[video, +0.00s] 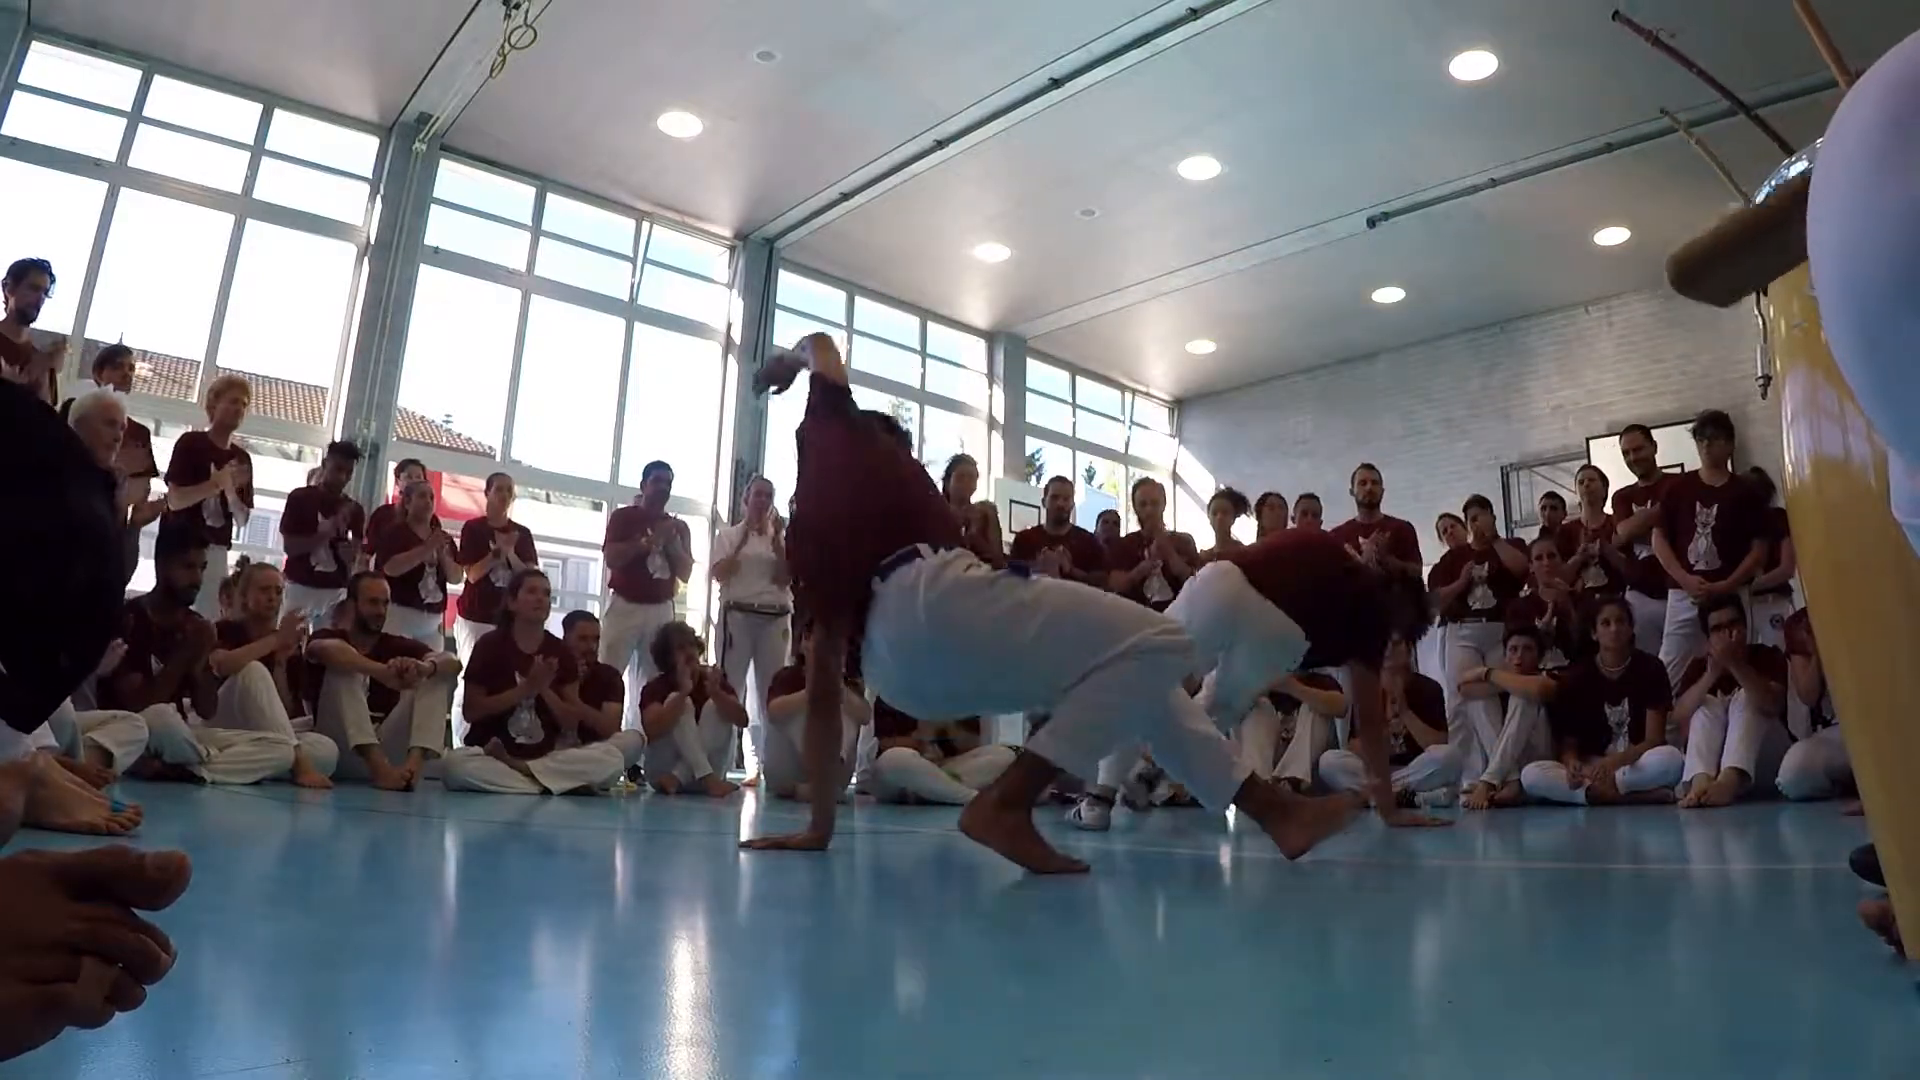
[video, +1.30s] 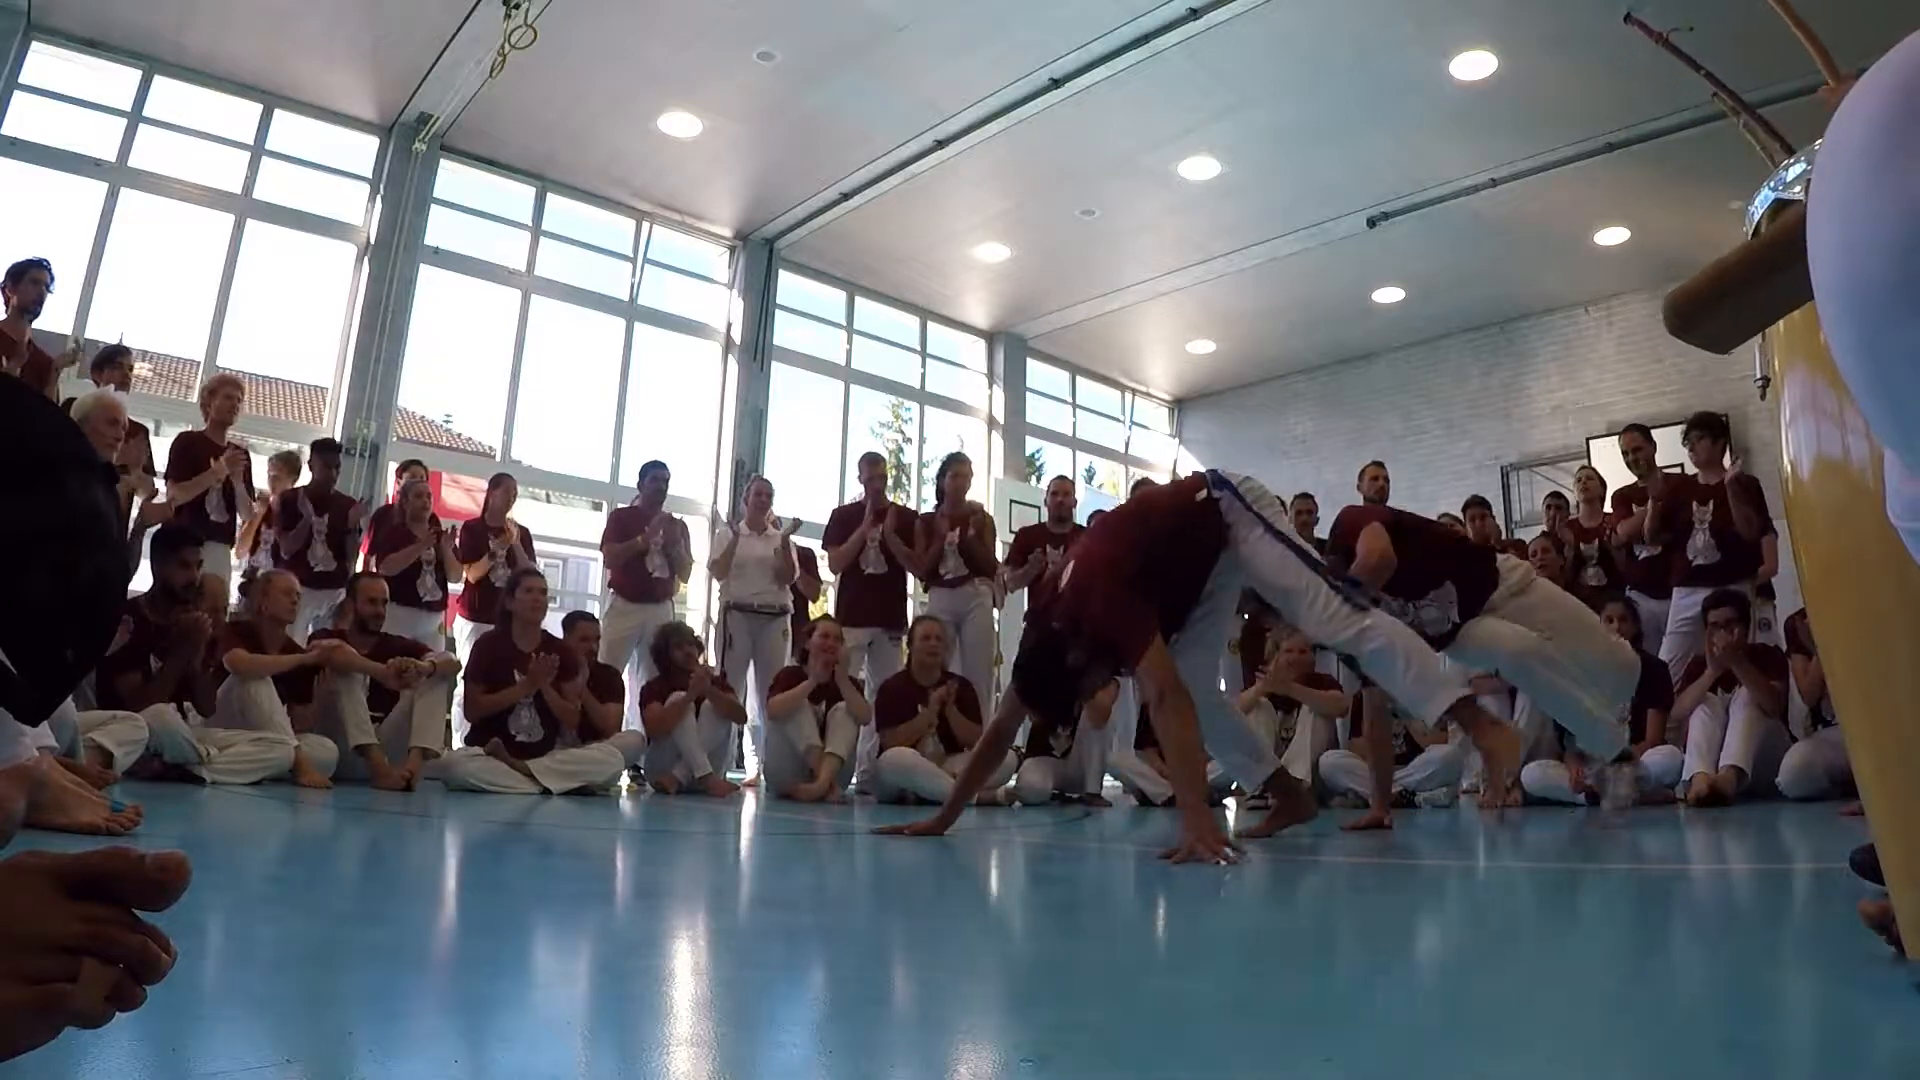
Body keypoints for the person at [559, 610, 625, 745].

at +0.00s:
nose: (591, 646)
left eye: (596, 639)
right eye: (583, 639)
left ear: (600, 640)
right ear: (565, 640)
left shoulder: (610, 675)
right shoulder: (550, 671)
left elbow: (610, 728)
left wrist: (574, 702)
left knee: (633, 738)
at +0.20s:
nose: (591, 646)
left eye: (596, 639)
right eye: (583, 639)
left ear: (600, 640)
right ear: (565, 640)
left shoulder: (609, 675)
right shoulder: (550, 673)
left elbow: (610, 729)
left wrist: (578, 690)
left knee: (634, 738)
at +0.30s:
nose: (592, 646)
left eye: (596, 639)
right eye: (583, 639)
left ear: (600, 640)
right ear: (565, 640)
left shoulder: (610, 675)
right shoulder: (550, 672)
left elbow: (609, 729)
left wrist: (578, 701)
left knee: (634, 738)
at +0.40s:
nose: (592, 646)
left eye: (596, 639)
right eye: (583, 639)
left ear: (600, 640)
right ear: (566, 639)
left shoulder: (609, 675)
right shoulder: (551, 673)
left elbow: (610, 728)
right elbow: (570, 722)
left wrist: (579, 696)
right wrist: (549, 687)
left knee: (633, 738)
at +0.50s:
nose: (593, 647)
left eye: (596, 639)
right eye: (584, 640)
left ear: (600, 640)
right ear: (565, 641)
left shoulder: (610, 674)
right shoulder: (552, 674)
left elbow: (609, 728)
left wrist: (582, 696)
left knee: (634, 738)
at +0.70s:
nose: (592, 647)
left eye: (596, 640)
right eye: (584, 640)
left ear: (600, 640)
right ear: (565, 640)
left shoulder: (609, 675)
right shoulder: (549, 671)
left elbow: (609, 727)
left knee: (634, 739)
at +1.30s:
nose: (593, 647)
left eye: (597, 640)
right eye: (584, 640)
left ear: (600, 640)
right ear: (565, 640)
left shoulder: (610, 675)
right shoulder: (550, 672)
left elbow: (610, 729)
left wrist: (583, 691)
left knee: (635, 739)